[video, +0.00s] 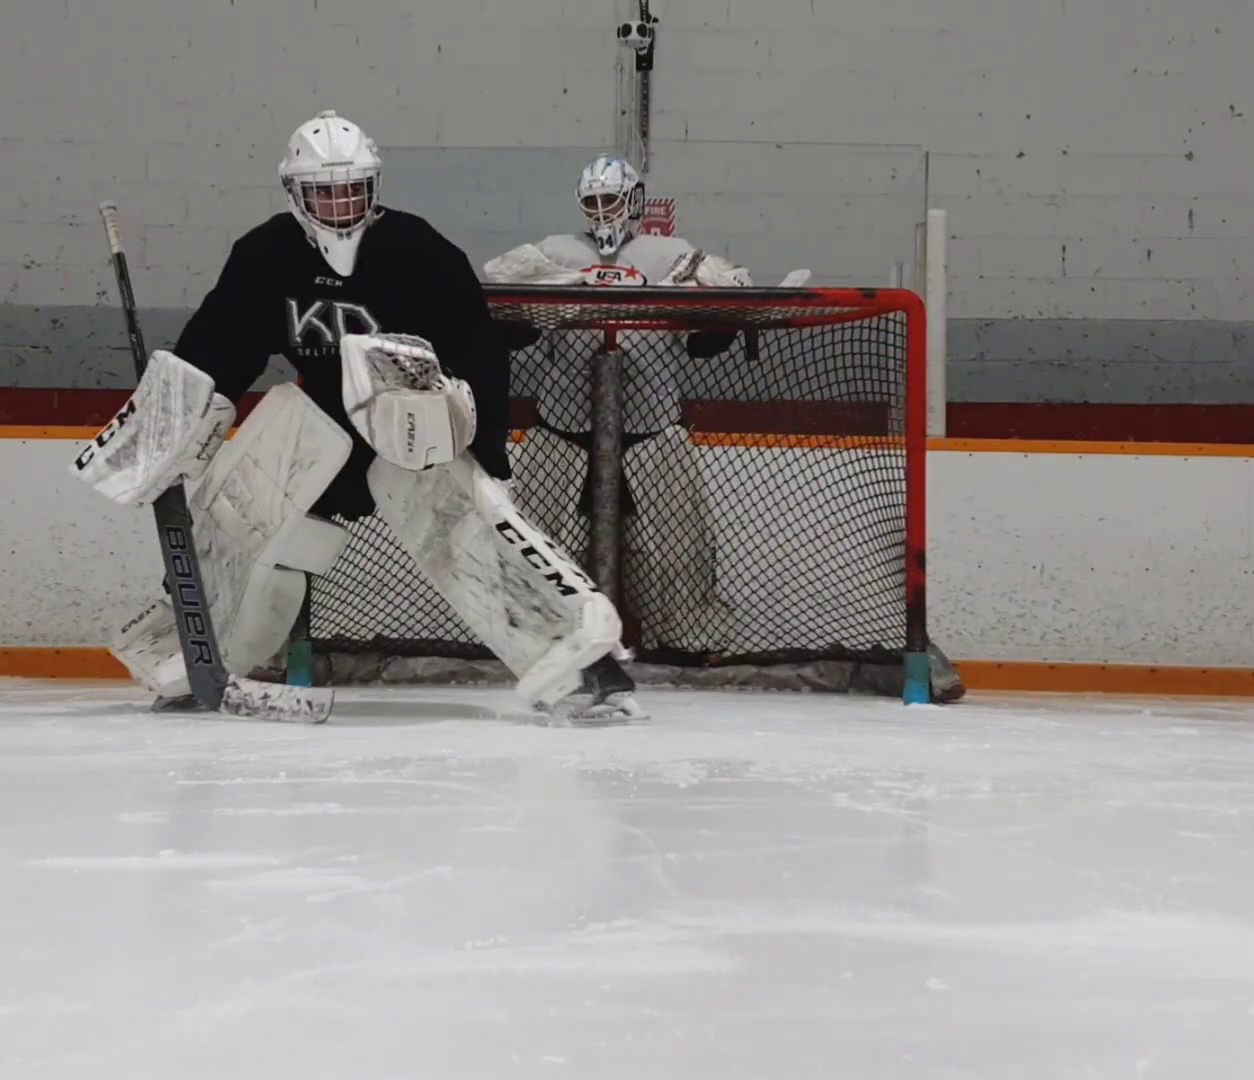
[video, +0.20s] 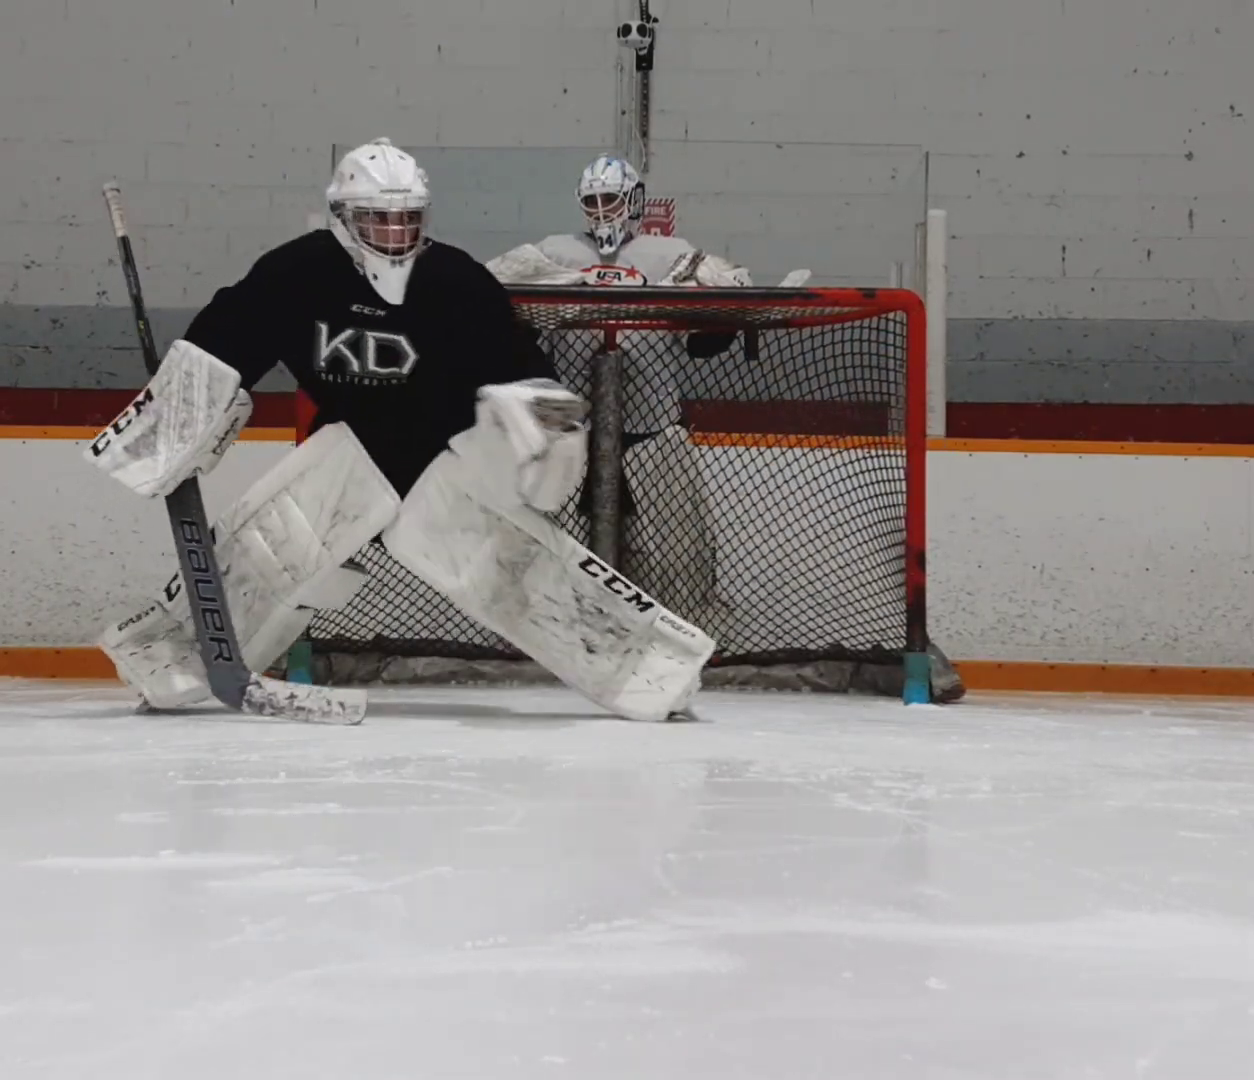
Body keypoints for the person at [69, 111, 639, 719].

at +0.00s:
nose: (338, 203)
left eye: (351, 190)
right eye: (324, 190)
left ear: (371, 188)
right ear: (298, 191)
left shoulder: (416, 248)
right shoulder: (265, 254)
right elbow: (212, 350)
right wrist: (163, 424)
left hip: (420, 439)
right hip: (319, 437)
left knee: (478, 559)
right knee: (276, 558)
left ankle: (582, 670)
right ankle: (217, 677)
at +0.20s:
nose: (397, 234)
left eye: (409, 218)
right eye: (379, 220)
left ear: (424, 215)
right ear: (344, 217)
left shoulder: (457, 279)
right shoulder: (300, 271)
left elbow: (517, 369)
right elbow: (219, 339)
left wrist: (534, 432)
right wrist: (182, 417)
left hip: (450, 464)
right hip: (344, 461)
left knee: (534, 567)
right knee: (263, 547)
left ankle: (642, 672)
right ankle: (190, 663)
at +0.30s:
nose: (480, 258)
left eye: (490, 245)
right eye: (463, 245)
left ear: (503, 244)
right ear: (423, 242)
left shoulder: (527, 314)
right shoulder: (369, 286)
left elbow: (586, 405)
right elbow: (275, 334)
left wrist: (647, 463)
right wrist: (239, 426)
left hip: (507, 501)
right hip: (396, 491)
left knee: (531, 652)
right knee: (299, 585)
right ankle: (197, 665)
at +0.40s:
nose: (596, 289)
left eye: (607, 277)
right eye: (581, 274)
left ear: (613, 279)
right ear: (540, 268)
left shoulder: (626, 360)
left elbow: (695, 456)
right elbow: (365, 355)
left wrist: (778, 506)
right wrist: (375, 434)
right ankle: (221, 662)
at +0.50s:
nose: (737, 319)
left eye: (744, 308)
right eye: (725, 303)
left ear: (749, 312)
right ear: (676, 295)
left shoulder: (745, 394)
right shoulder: (593, 329)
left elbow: (758, 499)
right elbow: (480, 366)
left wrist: (856, 534)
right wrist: (523, 413)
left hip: (637, 558)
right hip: (527, 532)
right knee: (457, 663)